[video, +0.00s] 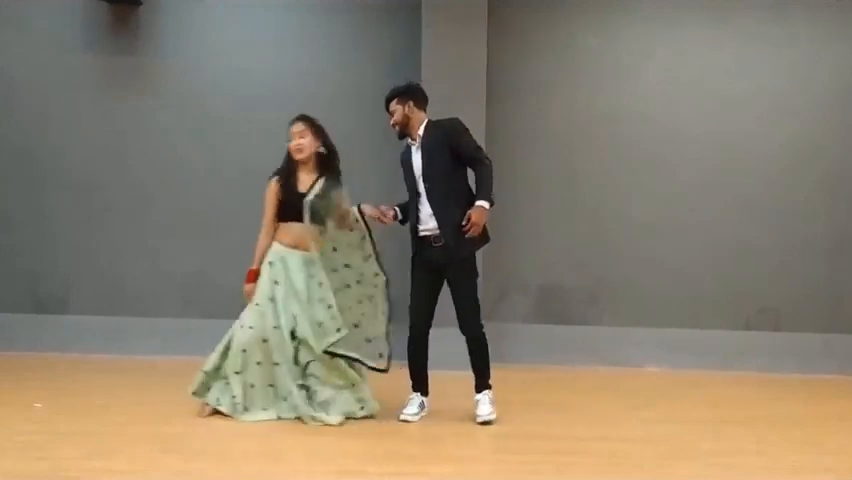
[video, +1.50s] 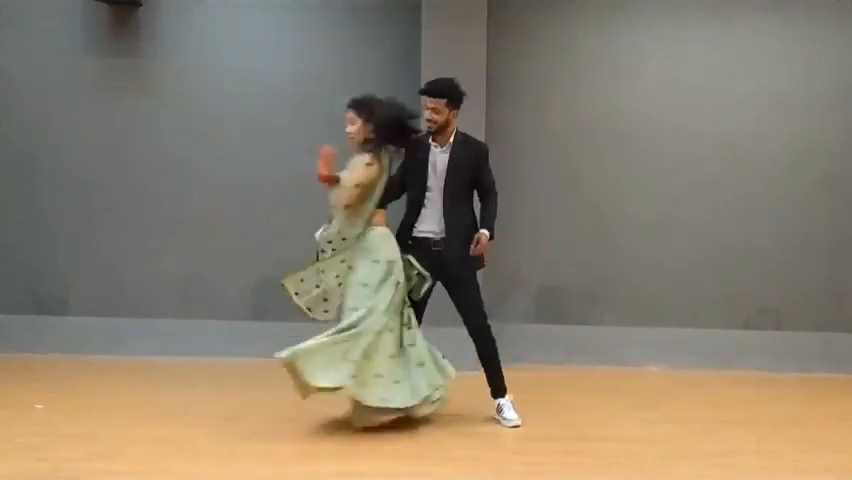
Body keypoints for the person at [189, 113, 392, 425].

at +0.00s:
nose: (296, 143)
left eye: (303, 136)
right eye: (292, 138)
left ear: (319, 142)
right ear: (288, 145)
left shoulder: (330, 185)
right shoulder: (278, 183)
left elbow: (344, 222)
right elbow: (267, 231)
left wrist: (362, 212)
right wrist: (253, 274)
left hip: (310, 263)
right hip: (278, 261)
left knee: (311, 331)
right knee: (257, 327)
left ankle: (310, 399)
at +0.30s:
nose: (224, 133)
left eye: (229, 127)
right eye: (224, 126)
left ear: (246, 130)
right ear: (241, 130)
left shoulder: (268, 168)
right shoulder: (232, 167)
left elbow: (307, 193)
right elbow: (226, 218)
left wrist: (346, 210)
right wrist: (211, 254)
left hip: (252, 252)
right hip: (225, 253)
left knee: (263, 324)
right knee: (215, 324)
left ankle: (302, 395)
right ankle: (223, 398)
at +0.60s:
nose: (205, 125)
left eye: (209, 119)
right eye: (205, 119)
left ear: (226, 120)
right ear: (221, 120)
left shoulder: (249, 153)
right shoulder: (217, 156)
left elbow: (291, 156)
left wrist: (338, 157)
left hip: (239, 242)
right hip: (212, 243)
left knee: (257, 316)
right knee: (207, 317)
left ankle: (302, 392)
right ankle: (203, 395)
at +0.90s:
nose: (231, 132)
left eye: (239, 126)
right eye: (228, 126)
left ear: (255, 130)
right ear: (223, 129)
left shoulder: (275, 161)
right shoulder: (224, 170)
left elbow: (310, 181)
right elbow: (206, 220)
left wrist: (337, 168)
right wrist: (169, 243)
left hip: (277, 250)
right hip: (241, 250)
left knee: (274, 321)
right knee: (230, 316)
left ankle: (275, 396)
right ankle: (213, 392)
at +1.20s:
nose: (321, 134)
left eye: (319, 127)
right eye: (316, 128)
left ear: (295, 135)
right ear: (303, 136)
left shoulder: (284, 167)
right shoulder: (314, 171)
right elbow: (353, 194)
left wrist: (344, 184)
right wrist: (354, 164)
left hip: (292, 252)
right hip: (315, 256)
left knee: (290, 324)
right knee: (333, 326)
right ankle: (315, 403)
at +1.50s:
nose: (347, 129)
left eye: (353, 123)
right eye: (348, 122)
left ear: (370, 127)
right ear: (368, 129)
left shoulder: (365, 164)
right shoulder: (374, 160)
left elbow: (345, 202)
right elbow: (352, 193)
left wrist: (331, 181)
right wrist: (333, 179)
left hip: (373, 246)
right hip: (380, 243)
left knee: (366, 320)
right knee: (379, 320)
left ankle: (375, 401)